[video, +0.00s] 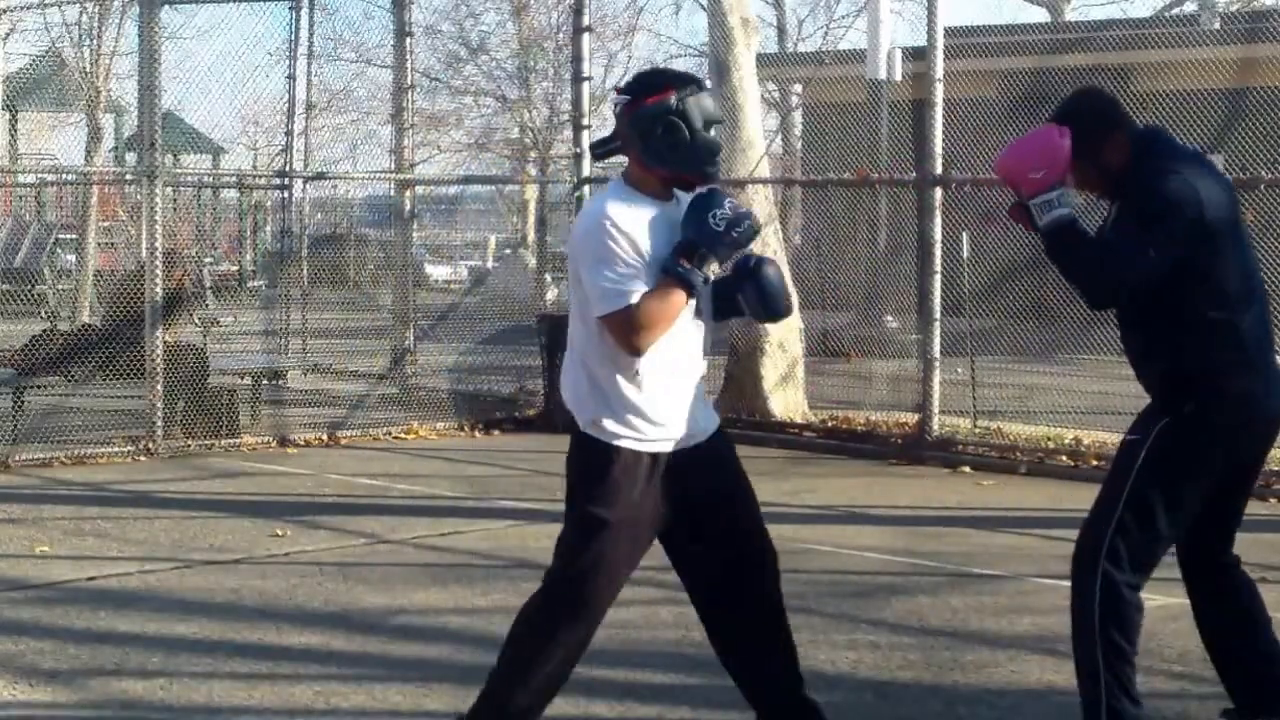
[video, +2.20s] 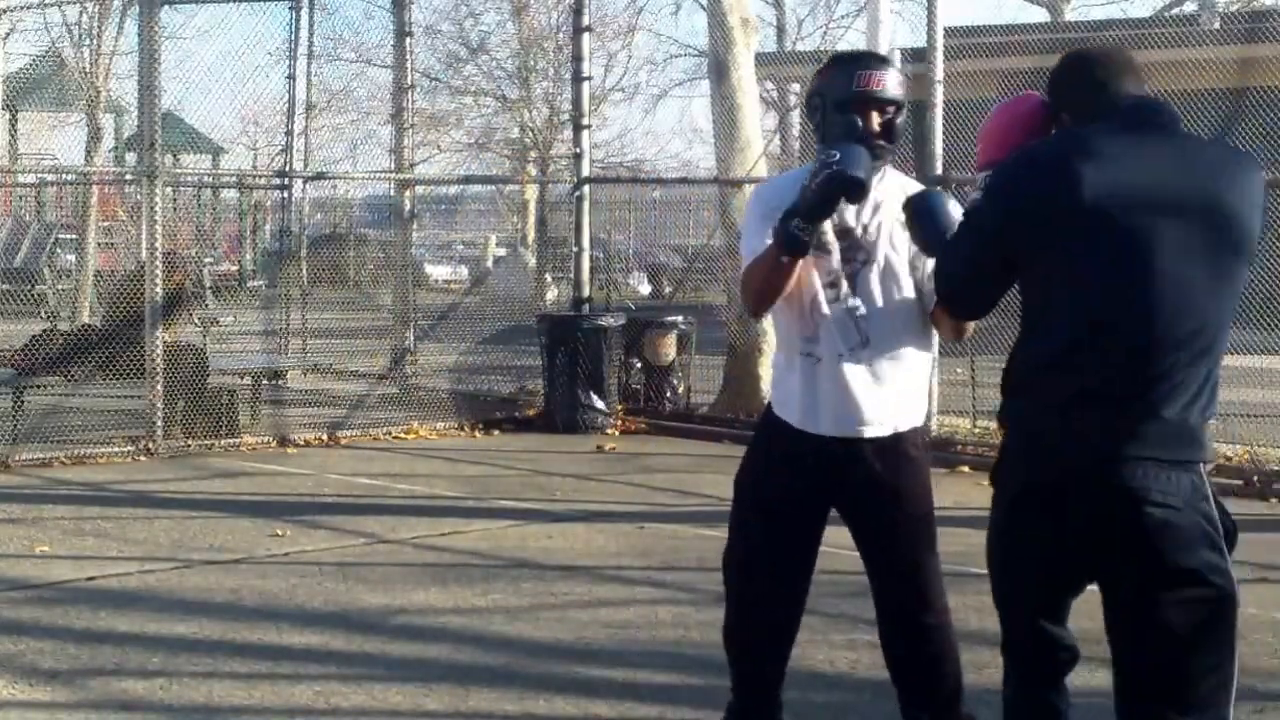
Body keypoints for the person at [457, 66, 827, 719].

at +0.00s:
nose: (685, 176)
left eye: (689, 163)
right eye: (673, 159)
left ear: (656, 151)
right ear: (649, 154)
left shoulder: (685, 208)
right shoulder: (605, 221)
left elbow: (676, 305)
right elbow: (633, 333)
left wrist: (735, 297)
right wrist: (695, 259)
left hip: (693, 435)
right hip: (621, 445)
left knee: (746, 585)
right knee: (574, 604)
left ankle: (789, 711)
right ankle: (495, 714)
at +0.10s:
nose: (741, 139)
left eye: (739, 127)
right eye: (727, 128)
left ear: (677, 133)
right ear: (701, 134)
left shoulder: (728, 206)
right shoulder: (636, 214)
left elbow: (723, 305)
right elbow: (664, 329)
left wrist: (778, 285)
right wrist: (726, 254)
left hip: (727, 433)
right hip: (648, 440)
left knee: (774, 581)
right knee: (609, 598)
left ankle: (788, 712)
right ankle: (519, 715)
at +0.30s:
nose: (825, 157)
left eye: (824, 142)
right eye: (808, 142)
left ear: (817, 153)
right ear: (765, 153)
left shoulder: (824, 224)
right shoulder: (715, 227)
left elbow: (908, 260)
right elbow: (724, 334)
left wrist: (965, 221)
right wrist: (795, 260)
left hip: (797, 460)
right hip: (703, 461)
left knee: (879, 615)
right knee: (635, 593)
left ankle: (940, 711)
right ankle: (545, 710)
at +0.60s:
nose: (849, 154)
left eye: (847, 141)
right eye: (836, 142)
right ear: (795, 152)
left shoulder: (840, 227)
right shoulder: (730, 232)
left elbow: (850, 326)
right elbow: (712, 339)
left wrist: (907, 305)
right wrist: (790, 283)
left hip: (829, 449)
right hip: (733, 453)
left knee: (884, 599)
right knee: (684, 600)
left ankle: (931, 712)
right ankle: (635, 711)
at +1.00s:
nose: (908, 152)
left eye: (912, 138)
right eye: (896, 138)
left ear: (911, 136)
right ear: (856, 133)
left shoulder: (907, 204)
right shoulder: (786, 200)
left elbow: (909, 314)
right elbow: (765, 303)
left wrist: (949, 278)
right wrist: (840, 259)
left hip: (883, 428)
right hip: (791, 425)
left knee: (906, 582)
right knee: (743, 574)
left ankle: (919, 708)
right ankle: (675, 706)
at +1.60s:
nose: (845, 135)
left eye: (858, 122)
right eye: (829, 122)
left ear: (878, 130)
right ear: (804, 129)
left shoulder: (898, 200)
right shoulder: (770, 202)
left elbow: (960, 280)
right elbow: (809, 283)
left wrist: (967, 192)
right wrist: (834, 194)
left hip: (886, 439)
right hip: (789, 442)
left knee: (918, 611)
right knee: (752, 610)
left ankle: (940, 716)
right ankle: (717, 716)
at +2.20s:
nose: (878, 125)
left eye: (890, 111)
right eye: (862, 110)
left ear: (903, 119)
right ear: (822, 114)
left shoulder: (921, 201)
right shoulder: (775, 196)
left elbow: (958, 325)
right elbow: (754, 300)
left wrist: (953, 250)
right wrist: (798, 227)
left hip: (892, 442)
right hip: (791, 439)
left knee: (919, 619)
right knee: (756, 620)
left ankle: (940, 716)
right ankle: (752, 712)